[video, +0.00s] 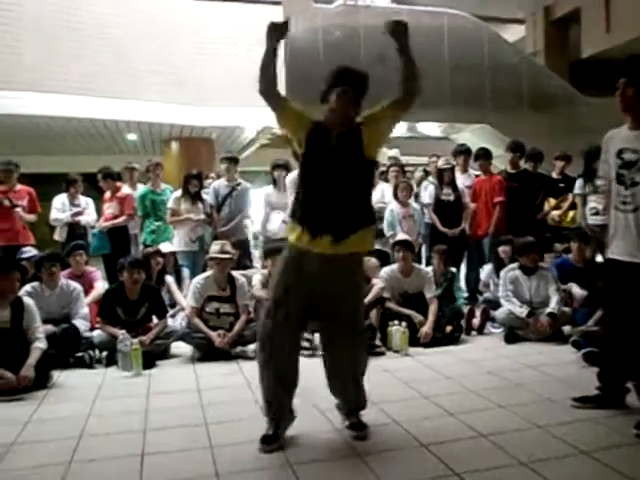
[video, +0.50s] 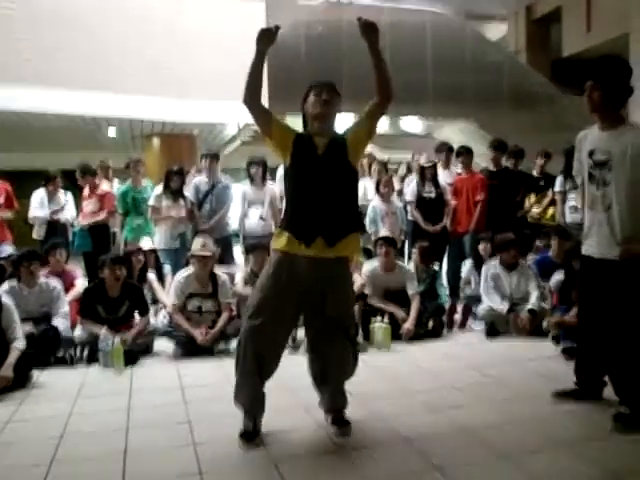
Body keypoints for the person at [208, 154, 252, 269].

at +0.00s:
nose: (227, 168)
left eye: (230, 165)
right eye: (224, 165)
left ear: (236, 168)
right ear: (221, 168)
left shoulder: (244, 187)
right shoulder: (215, 187)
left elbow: (245, 212)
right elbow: (213, 209)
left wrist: (228, 228)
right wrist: (219, 229)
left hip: (240, 235)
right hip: (221, 234)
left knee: (244, 268)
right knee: (220, 267)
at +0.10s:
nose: (223, 165)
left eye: (226, 162)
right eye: (221, 162)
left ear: (232, 166)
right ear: (217, 165)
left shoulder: (240, 185)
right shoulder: (212, 184)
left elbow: (240, 209)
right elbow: (209, 206)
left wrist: (224, 226)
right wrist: (215, 226)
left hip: (235, 233)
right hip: (217, 232)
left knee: (240, 266)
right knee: (216, 265)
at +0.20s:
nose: (222, 165)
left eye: (226, 162)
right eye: (220, 162)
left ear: (231, 165)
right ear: (216, 165)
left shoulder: (239, 185)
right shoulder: (210, 184)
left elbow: (239, 209)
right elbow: (208, 206)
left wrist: (223, 226)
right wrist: (213, 226)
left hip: (234, 232)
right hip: (215, 232)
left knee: (238, 266)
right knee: (214, 265)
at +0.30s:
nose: (216, 164)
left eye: (220, 161)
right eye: (214, 160)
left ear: (225, 164)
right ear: (211, 164)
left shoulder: (233, 183)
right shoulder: (205, 182)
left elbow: (234, 208)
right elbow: (202, 205)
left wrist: (217, 225)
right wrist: (208, 225)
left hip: (229, 232)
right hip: (209, 232)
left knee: (234, 266)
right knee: (209, 265)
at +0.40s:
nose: (212, 165)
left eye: (215, 162)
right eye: (210, 161)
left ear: (221, 165)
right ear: (206, 164)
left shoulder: (229, 184)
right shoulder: (200, 183)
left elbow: (230, 208)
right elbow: (197, 205)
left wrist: (213, 225)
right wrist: (203, 225)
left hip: (224, 232)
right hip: (205, 231)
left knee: (230, 266)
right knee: (204, 265)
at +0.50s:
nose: (208, 165)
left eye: (211, 162)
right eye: (205, 161)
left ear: (217, 164)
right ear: (201, 163)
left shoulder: (225, 185)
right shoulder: (196, 184)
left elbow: (226, 208)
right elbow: (193, 206)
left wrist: (210, 225)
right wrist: (200, 224)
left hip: (221, 233)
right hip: (201, 233)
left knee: (227, 267)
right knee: (201, 266)